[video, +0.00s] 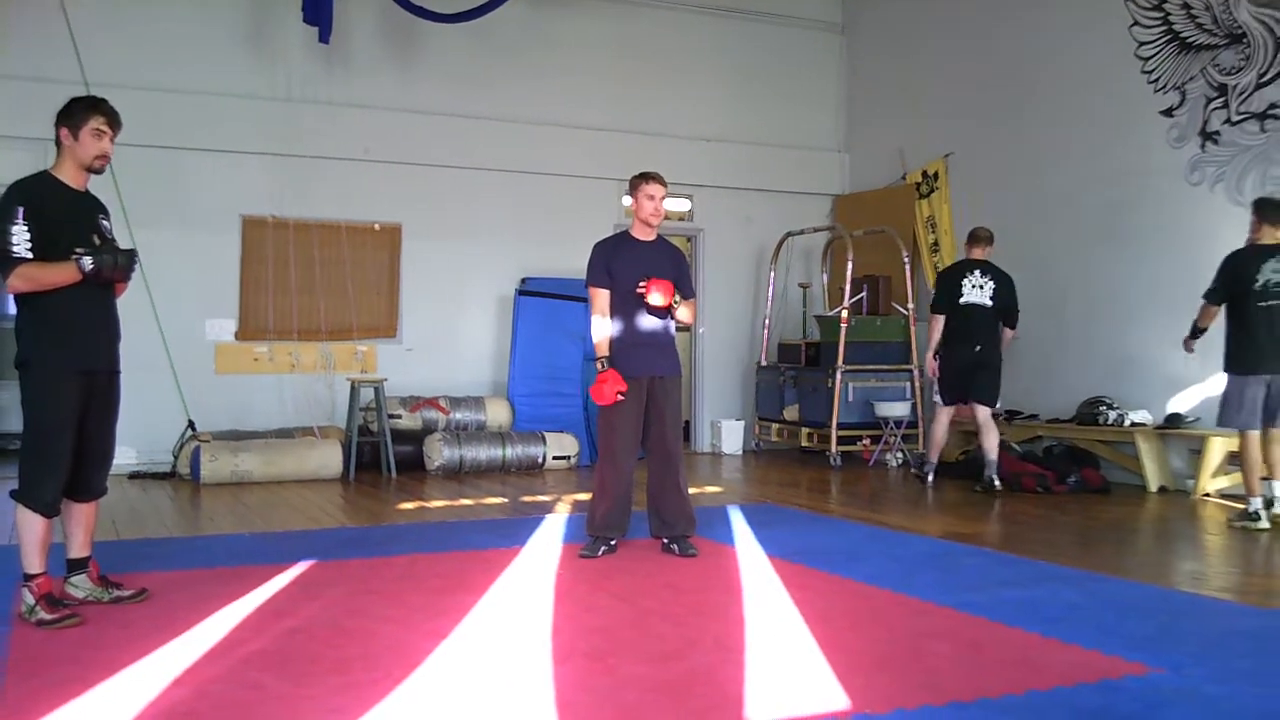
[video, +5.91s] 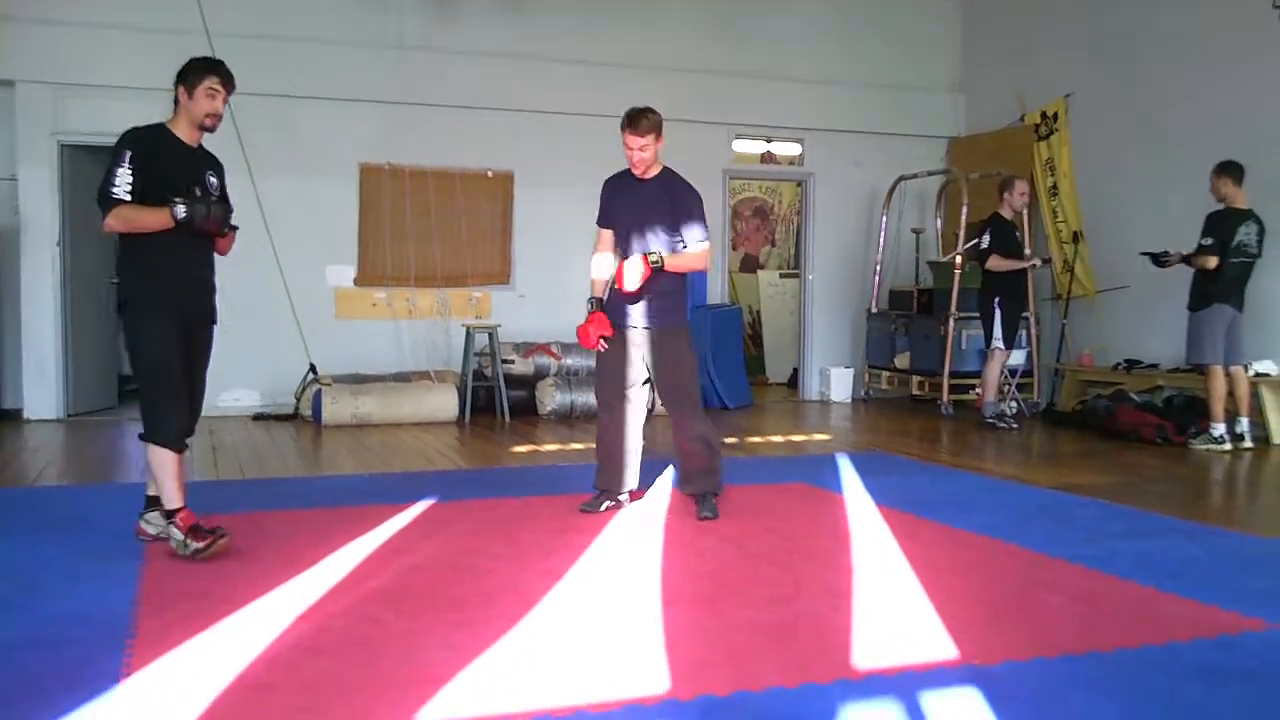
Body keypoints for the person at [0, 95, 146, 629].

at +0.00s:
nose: (107, 146)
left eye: (112, 138)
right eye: (98, 134)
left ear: (109, 145)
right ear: (66, 134)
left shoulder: (97, 209)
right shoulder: (24, 195)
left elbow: (108, 290)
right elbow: (15, 278)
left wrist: (122, 272)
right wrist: (87, 266)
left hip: (99, 360)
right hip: (49, 360)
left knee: (88, 467)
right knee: (43, 469)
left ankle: (80, 578)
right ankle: (34, 590)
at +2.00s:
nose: (89, 142)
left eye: (91, 133)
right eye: (79, 131)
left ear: (84, 140)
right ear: (47, 134)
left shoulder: (77, 208)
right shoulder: (11, 195)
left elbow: (79, 286)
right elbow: (5, 275)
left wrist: (101, 278)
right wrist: (74, 266)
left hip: (85, 361)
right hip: (34, 361)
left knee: (77, 468)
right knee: (32, 469)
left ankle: (71, 578)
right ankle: (23, 592)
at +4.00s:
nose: (75, 156)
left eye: (79, 149)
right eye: (65, 147)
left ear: (77, 158)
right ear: (34, 152)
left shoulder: (74, 226)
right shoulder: (6, 209)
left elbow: (93, 302)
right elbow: (0, 288)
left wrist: (89, 280)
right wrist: (48, 278)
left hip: (72, 366)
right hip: (16, 367)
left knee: (72, 469)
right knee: (11, 477)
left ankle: (73, 575)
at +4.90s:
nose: (123, 156)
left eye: (125, 148)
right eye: (116, 146)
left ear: (99, 150)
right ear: (83, 144)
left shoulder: (96, 215)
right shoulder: (43, 202)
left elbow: (88, 278)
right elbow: (36, 287)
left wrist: (117, 274)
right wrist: (104, 278)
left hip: (101, 364)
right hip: (53, 367)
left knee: (124, 466)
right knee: (45, 472)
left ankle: (147, 573)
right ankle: (31, 588)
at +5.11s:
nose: (177, 159)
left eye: (181, 151)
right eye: (168, 148)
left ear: (175, 158)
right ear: (138, 149)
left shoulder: (155, 219)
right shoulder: (103, 205)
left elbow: (150, 292)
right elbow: (94, 287)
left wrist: (178, 285)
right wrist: (160, 278)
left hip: (162, 365)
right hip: (115, 367)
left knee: (170, 465)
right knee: (95, 471)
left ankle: (177, 573)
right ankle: (63, 583)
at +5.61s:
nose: (228, 161)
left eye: (233, 154)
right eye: (220, 150)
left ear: (233, 163)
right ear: (193, 151)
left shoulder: (218, 224)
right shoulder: (147, 198)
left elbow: (229, 303)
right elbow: (120, 268)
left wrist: (224, 279)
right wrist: (188, 268)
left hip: (201, 357)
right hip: (153, 354)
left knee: (190, 464)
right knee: (159, 460)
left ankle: (171, 567)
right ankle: (118, 568)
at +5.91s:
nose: (219, 104)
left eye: (224, 97)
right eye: (210, 93)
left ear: (224, 104)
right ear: (182, 94)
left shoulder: (212, 166)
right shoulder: (138, 142)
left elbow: (225, 244)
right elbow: (113, 216)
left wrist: (221, 227)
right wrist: (183, 213)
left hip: (197, 301)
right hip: (150, 298)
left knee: (184, 405)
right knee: (164, 403)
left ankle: (154, 508)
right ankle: (178, 520)